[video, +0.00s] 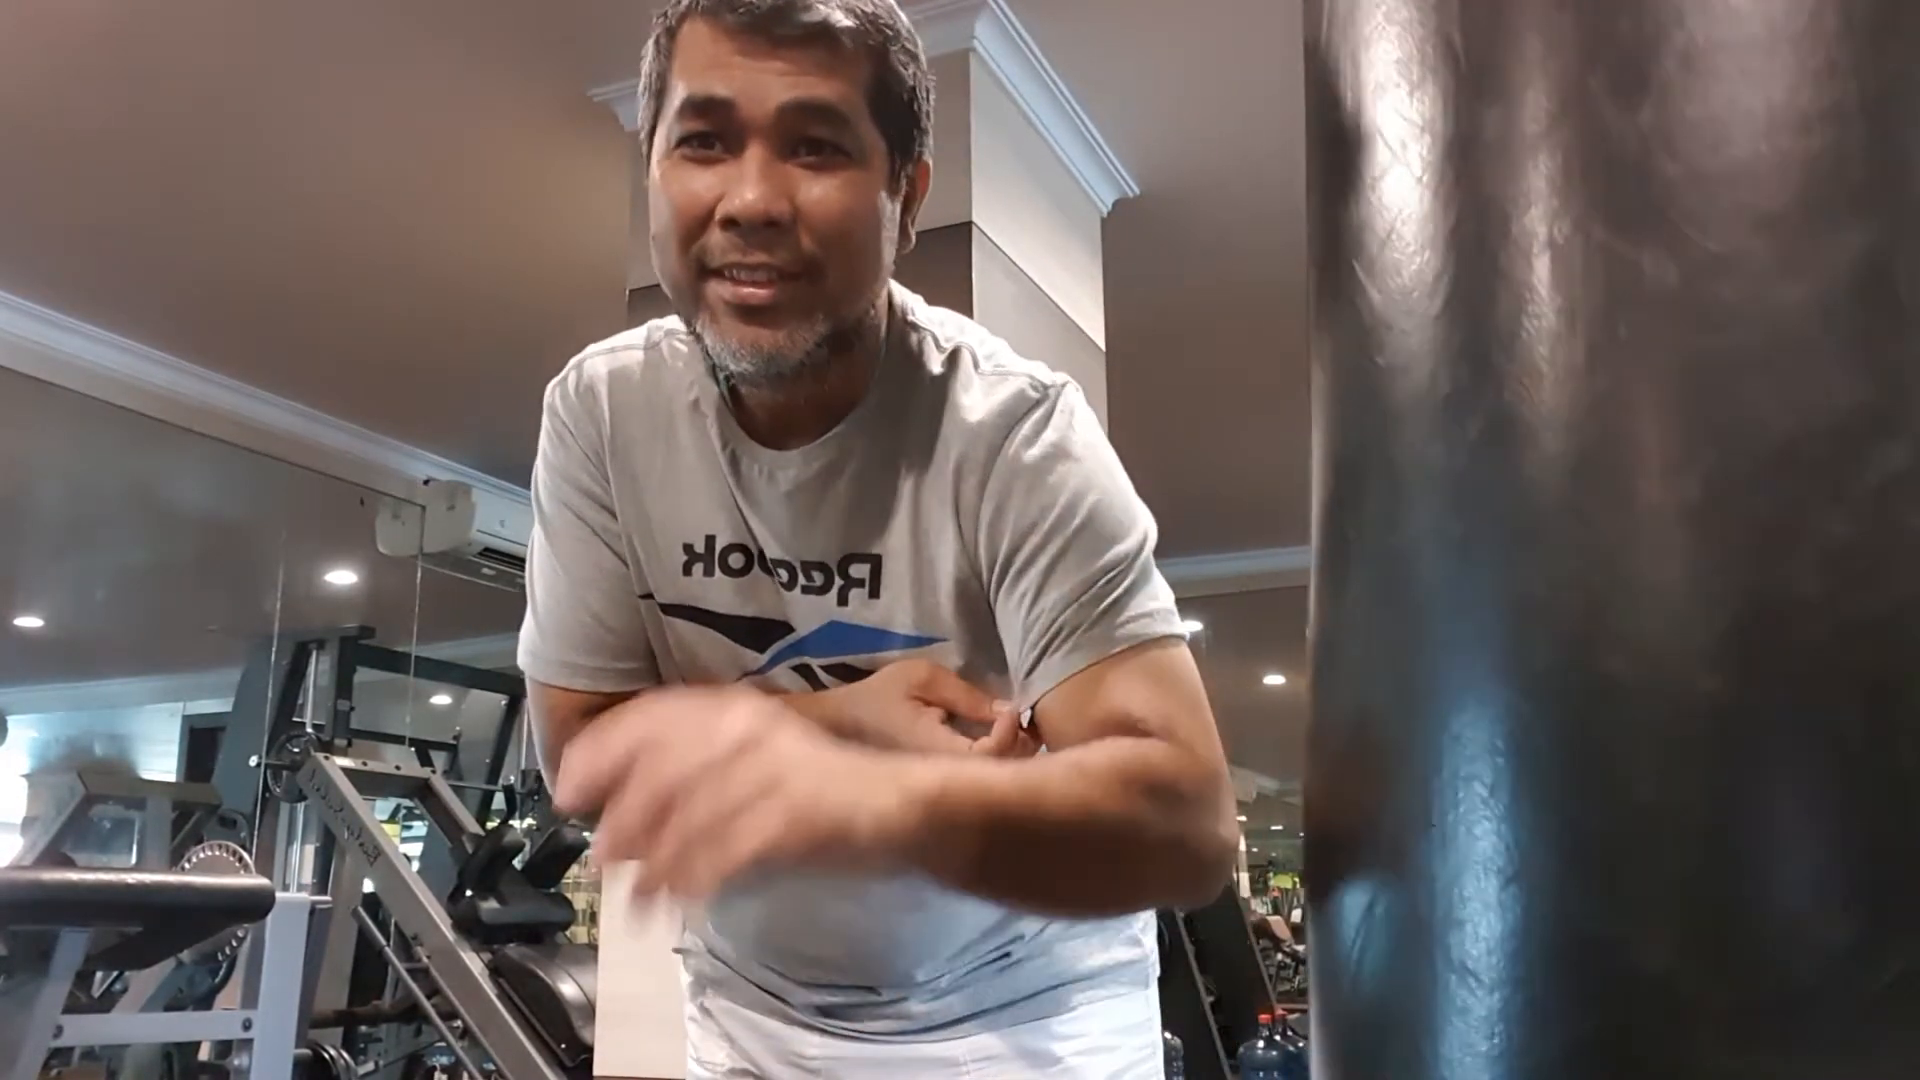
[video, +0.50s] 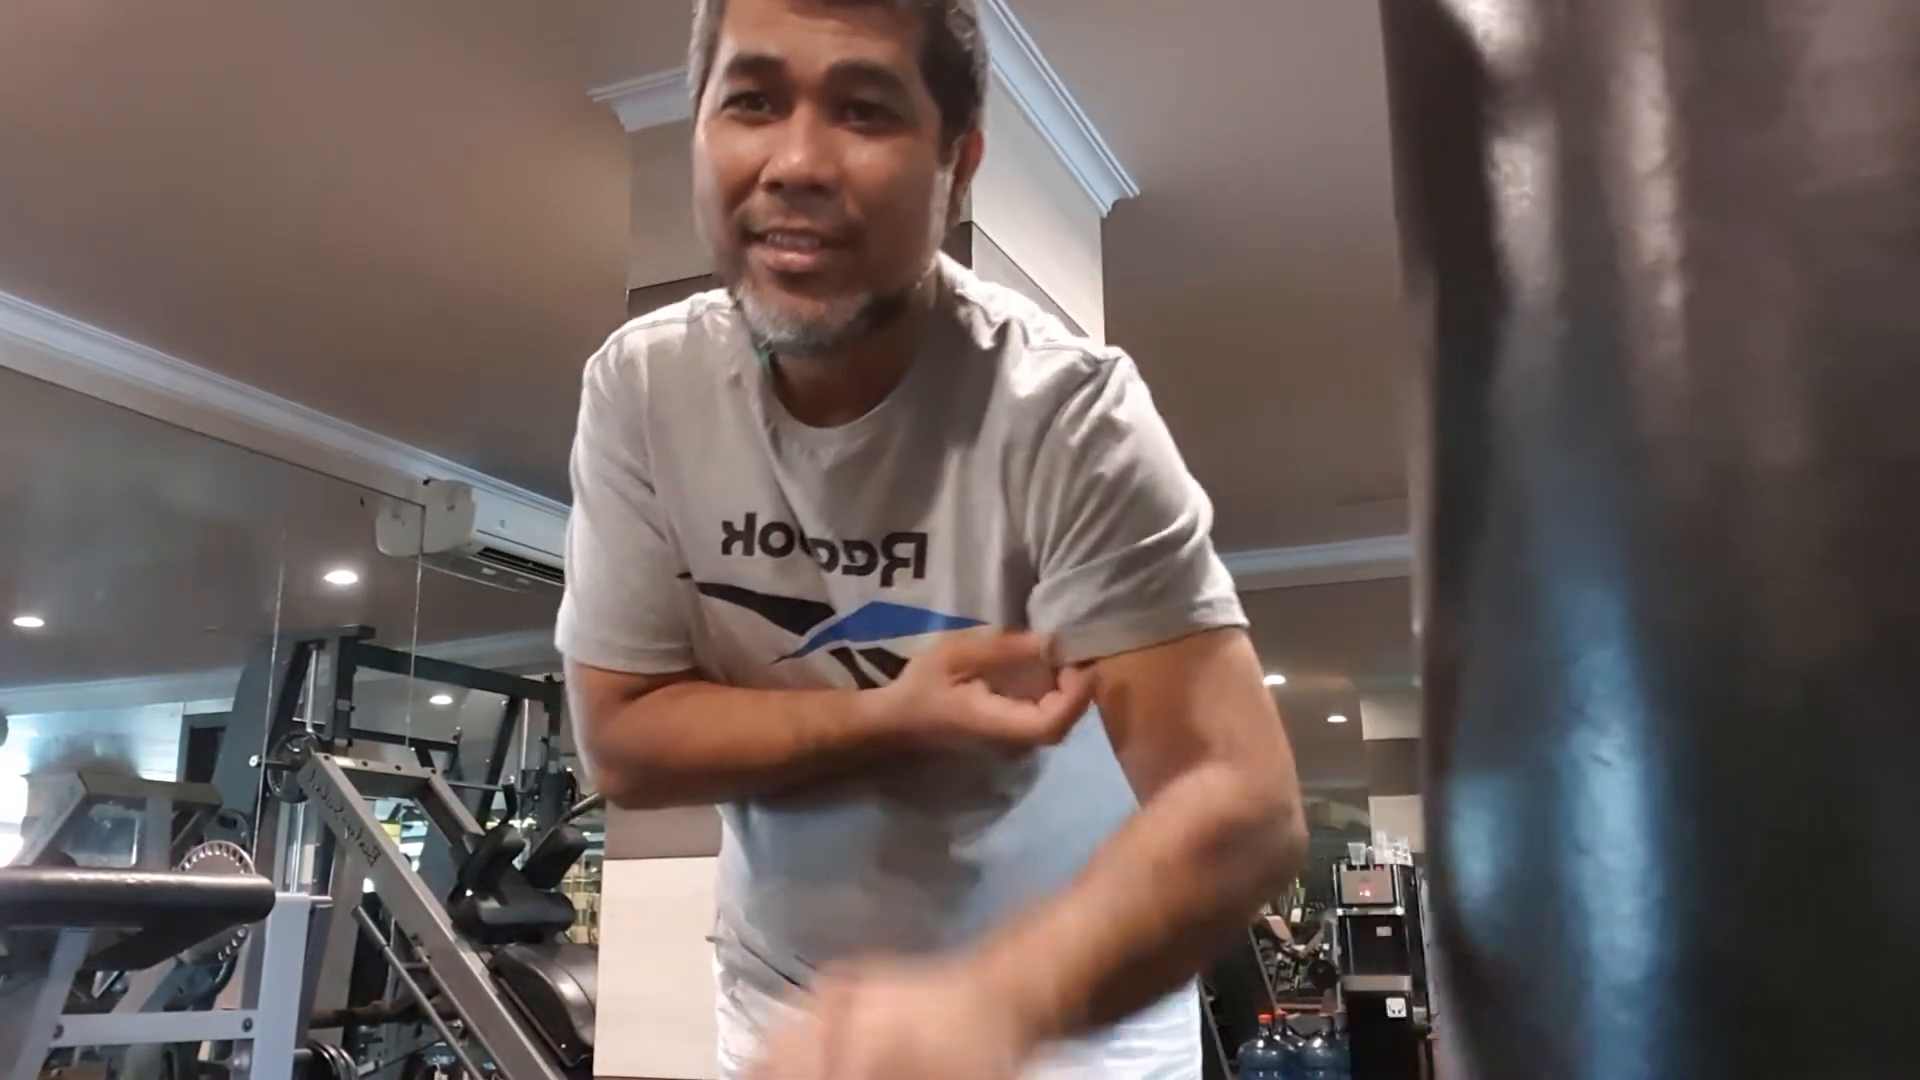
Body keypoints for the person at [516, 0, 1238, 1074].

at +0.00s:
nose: (752, 202)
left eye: (816, 150)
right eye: (705, 142)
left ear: (907, 197)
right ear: (651, 173)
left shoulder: (1014, 430)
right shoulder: (603, 411)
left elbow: (1189, 820)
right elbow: (582, 744)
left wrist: (882, 799)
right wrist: (837, 722)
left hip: (1026, 1015)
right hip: (746, 1008)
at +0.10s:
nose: (747, 197)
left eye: (811, 144)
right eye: (701, 137)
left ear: (905, 193)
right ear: (650, 169)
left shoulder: (1014, 419)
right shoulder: (606, 407)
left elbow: (1191, 817)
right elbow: (586, 756)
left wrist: (918, 786)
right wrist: (860, 707)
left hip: (1029, 1016)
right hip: (753, 1011)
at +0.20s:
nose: (746, 193)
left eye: (811, 137)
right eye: (702, 133)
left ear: (908, 187)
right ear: (654, 164)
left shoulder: (1022, 414)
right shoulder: (609, 406)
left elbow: (1206, 819)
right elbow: (594, 756)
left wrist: (967, 774)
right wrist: (878, 694)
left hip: (1036, 1019)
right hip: (760, 1015)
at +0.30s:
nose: (758, 190)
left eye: (824, 135)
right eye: (715, 129)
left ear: (920, 183)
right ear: (665, 159)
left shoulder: (1036, 414)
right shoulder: (616, 404)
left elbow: (1216, 821)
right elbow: (601, 755)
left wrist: (983, 779)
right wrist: (871, 702)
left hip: (1043, 1016)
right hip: (767, 1011)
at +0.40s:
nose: (776, 180)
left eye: (842, 124)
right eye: (733, 118)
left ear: (937, 174)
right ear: (680, 146)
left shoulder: (1050, 410)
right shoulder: (627, 396)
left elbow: (1228, 798)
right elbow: (610, 749)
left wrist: (975, 860)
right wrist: (874, 720)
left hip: (1052, 1014)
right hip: (772, 1008)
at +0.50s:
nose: (796, 165)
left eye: (863, 112)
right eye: (753, 103)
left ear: (957, 161)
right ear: (698, 133)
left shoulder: (1069, 409)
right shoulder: (643, 388)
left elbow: (1245, 803)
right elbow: (624, 742)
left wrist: (990, 1004)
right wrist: (892, 719)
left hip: (1075, 1015)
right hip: (785, 1017)